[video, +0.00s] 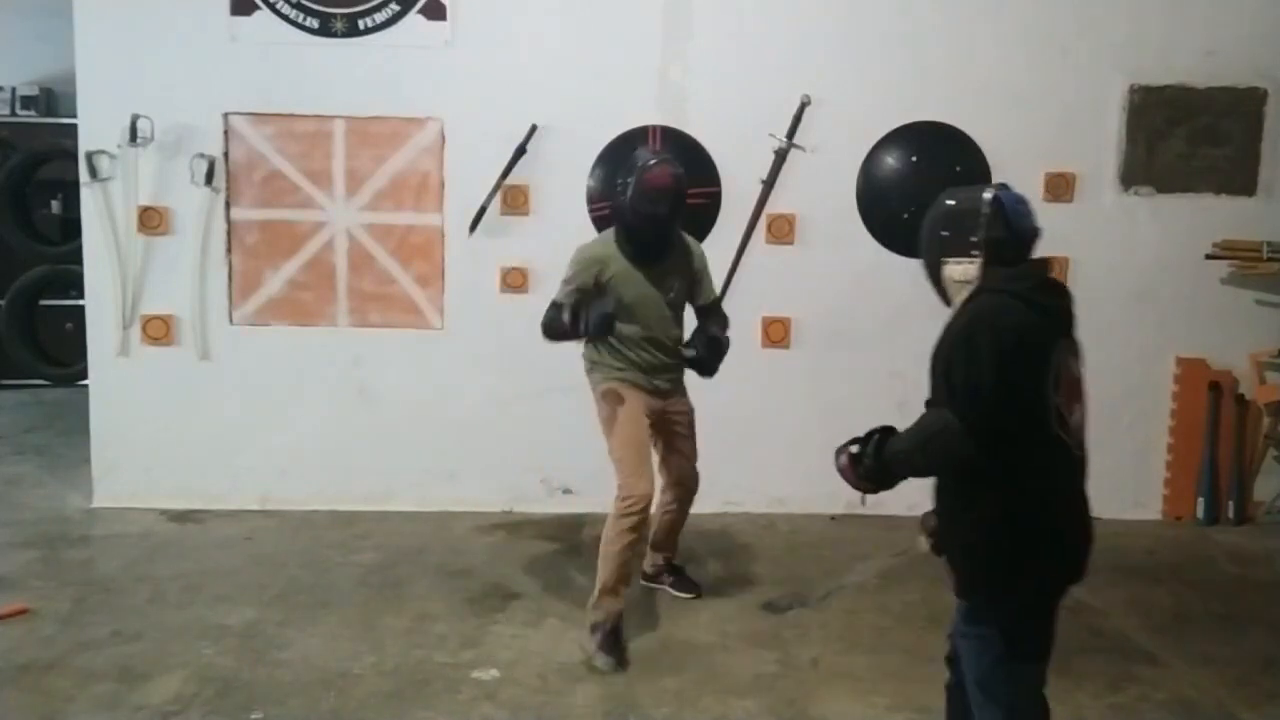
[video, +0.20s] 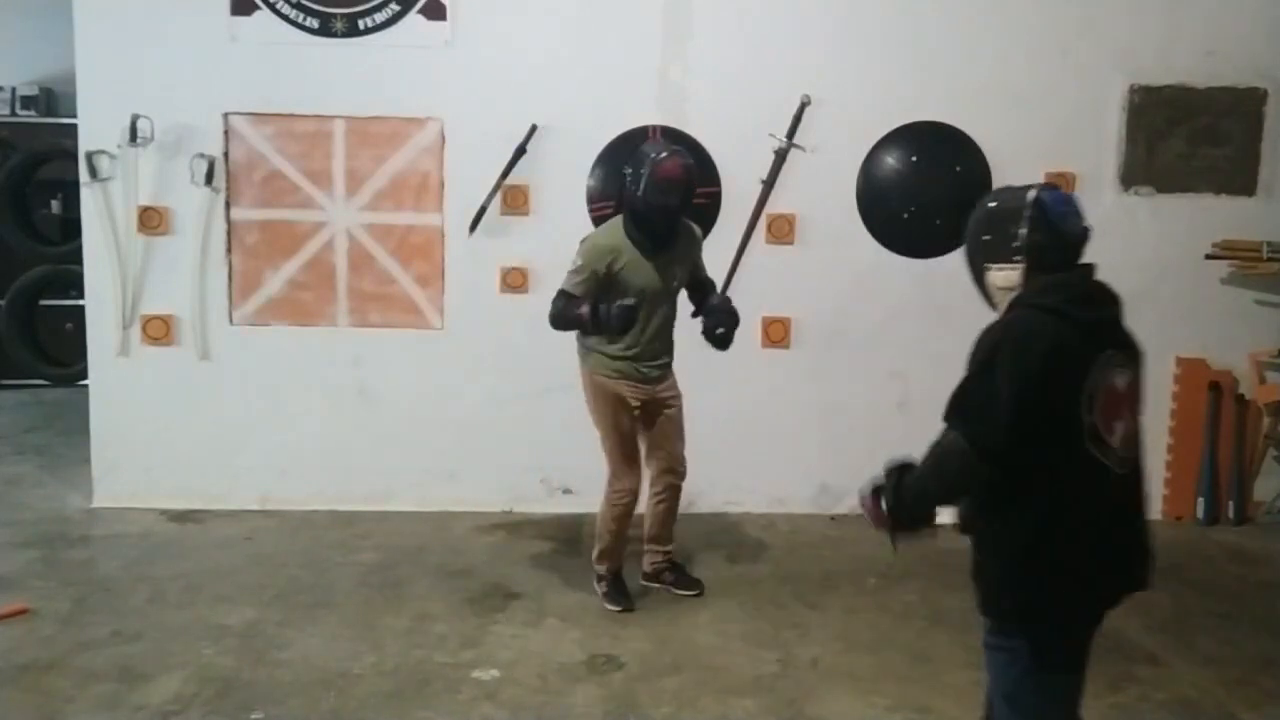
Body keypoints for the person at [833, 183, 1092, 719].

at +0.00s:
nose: (936, 268)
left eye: (942, 253)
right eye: (938, 254)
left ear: (965, 253)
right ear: (1008, 248)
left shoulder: (988, 319)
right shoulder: (1035, 304)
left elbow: (959, 429)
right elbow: (1025, 439)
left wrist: (880, 461)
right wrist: (959, 512)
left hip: (1005, 552)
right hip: (1035, 539)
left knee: (999, 692)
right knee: (974, 668)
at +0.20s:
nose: (982, 273)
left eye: (986, 259)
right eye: (983, 259)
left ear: (1010, 259)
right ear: (1058, 252)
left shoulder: (1021, 333)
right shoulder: (1102, 322)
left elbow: (974, 447)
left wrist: (903, 495)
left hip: (1029, 574)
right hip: (1091, 562)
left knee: (1020, 701)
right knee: (1053, 699)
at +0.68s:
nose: (1042, 270)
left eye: (1045, 254)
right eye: (1042, 254)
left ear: (1068, 250)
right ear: (1124, 242)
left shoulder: (1079, 323)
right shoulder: (1172, 319)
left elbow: (1075, 435)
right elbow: (1188, 443)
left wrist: (1059, 546)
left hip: (1095, 570)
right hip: (1159, 561)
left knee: (1077, 700)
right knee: (1128, 693)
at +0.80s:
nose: (1046, 275)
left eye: (1049, 258)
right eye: (1045, 259)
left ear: (1078, 248)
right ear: (1129, 243)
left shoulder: (1088, 314)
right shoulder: (1179, 316)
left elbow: (1073, 432)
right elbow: (1191, 451)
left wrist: (1036, 534)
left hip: (1099, 560)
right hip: (1166, 556)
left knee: (1075, 696)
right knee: (1134, 691)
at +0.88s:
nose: (1053, 266)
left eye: (1058, 251)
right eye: (1053, 251)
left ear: (1085, 245)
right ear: (1137, 241)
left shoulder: (1092, 312)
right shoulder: (1181, 314)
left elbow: (1068, 421)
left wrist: (1006, 495)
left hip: (1099, 548)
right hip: (1170, 546)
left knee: (1063, 688)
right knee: (1139, 689)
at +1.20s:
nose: (1040, 271)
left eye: (1046, 253)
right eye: (1043, 253)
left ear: (1072, 249)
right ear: (1125, 247)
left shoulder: (1068, 324)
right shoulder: (1168, 325)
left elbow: (1020, 431)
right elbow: (1129, 445)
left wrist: (949, 445)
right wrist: (1030, 457)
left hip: (1067, 560)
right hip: (1151, 554)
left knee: (1037, 698)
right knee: (1131, 694)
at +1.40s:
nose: (1018, 250)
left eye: (1025, 237)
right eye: (1019, 236)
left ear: (1043, 241)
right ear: (1099, 240)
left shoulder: (1030, 331)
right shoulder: (1151, 334)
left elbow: (989, 460)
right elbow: (1143, 463)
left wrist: (948, 563)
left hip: (1033, 571)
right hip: (1118, 565)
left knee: (1015, 693)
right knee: (1088, 688)